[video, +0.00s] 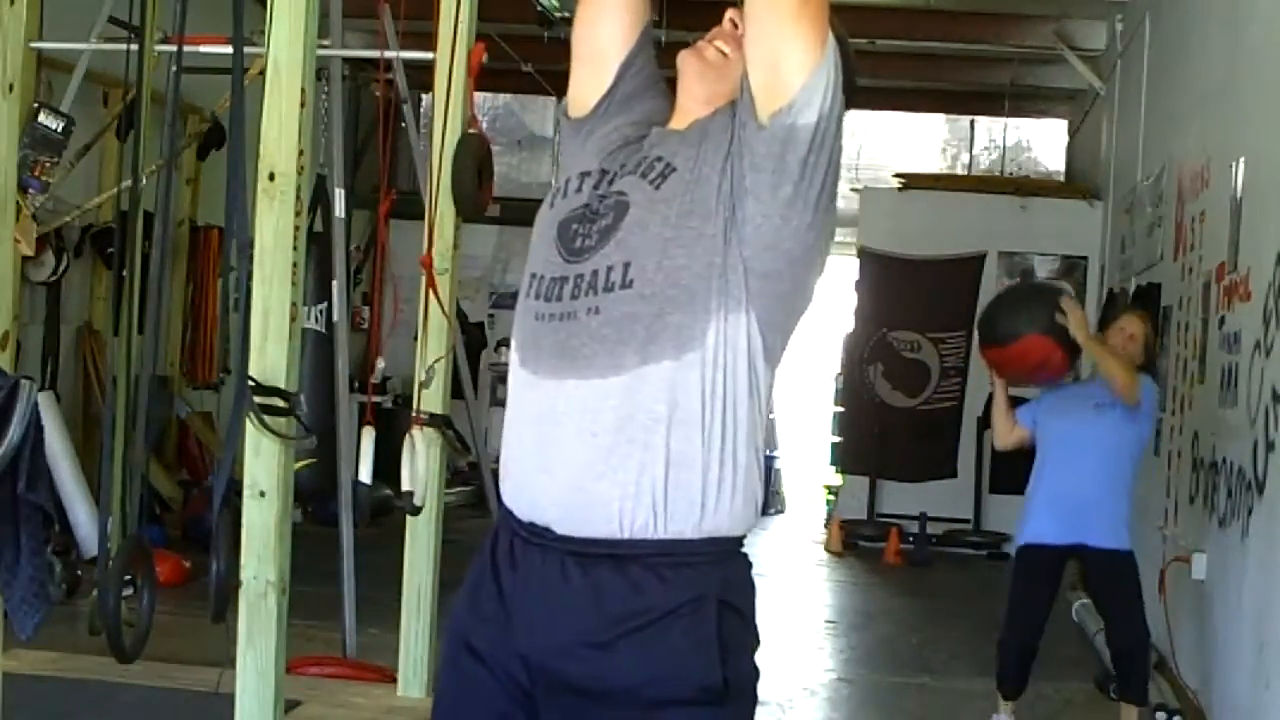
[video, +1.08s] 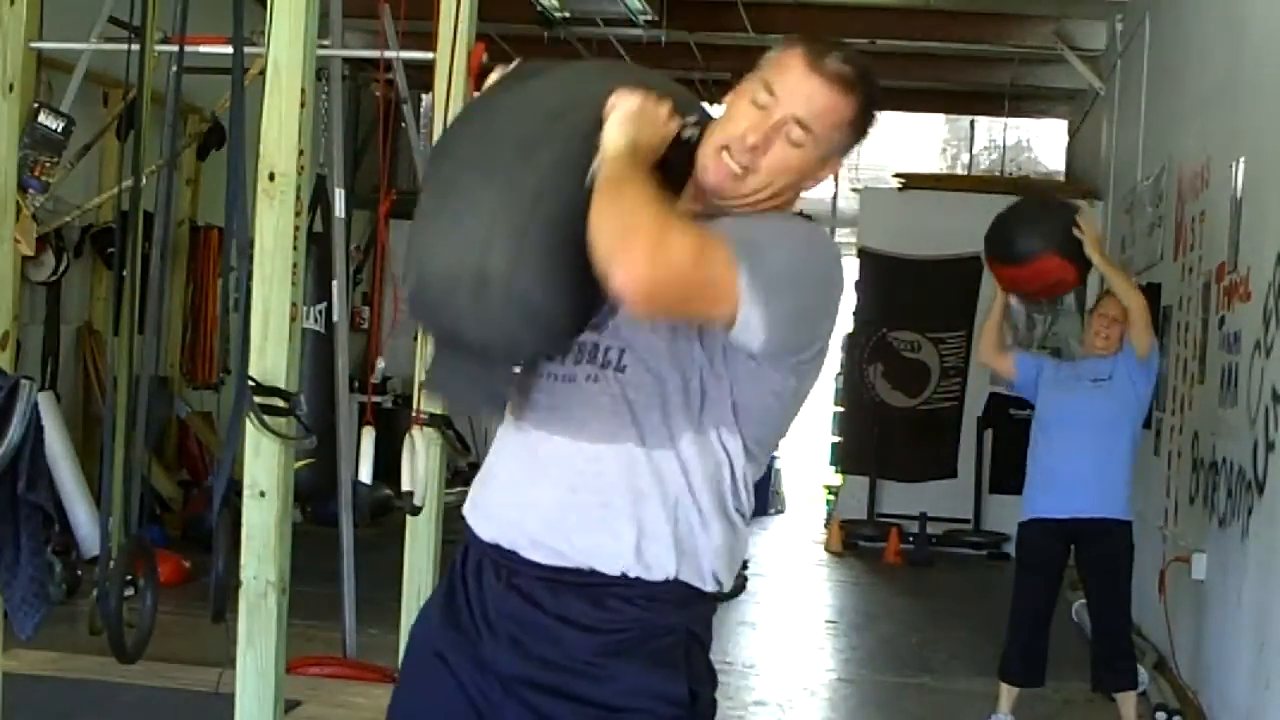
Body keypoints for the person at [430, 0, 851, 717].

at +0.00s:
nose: (728, 24)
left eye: (757, 28)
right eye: (728, 13)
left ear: (774, 77)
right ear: (699, 36)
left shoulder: (775, 161)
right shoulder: (606, 133)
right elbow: (605, 2)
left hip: (667, 601)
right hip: (510, 577)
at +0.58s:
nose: (770, 40)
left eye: (820, 51)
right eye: (799, 32)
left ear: (836, 112)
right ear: (753, 42)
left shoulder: (800, 178)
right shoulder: (615, 136)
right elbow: (510, 12)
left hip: (661, 609)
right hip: (507, 577)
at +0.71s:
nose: (806, 58)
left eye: (833, 64)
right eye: (816, 41)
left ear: (853, 130)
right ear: (767, 45)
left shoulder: (811, 194)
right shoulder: (614, 154)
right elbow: (473, 75)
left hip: (657, 612)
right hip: (504, 577)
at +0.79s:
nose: (795, 73)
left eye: (829, 88)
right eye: (806, 52)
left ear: (854, 156)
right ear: (785, 42)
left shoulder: (816, 215)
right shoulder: (611, 180)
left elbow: (729, 29)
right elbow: (454, 152)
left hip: (646, 624)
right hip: (496, 585)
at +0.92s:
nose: (779, 103)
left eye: (817, 116)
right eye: (792, 75)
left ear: (844, 169)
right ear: (773, 65)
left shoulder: (818, 237)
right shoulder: (629, 191)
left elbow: (686, 115)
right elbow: (487, 229)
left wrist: (683, 32)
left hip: (637, 633)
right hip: (490, 590)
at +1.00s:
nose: (762, 128)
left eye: (804, 132)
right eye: (773, 95)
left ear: (829, 178)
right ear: (752, 83)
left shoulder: (808, 258)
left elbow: (656, 210)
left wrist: (648, 107)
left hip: (630, 637)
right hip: (481, 597)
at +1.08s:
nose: (754, 137)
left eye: (795, 135)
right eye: (761, 100)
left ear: (822, 174)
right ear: (733, 90)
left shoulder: (802, 260)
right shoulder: (619, 200)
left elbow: (644, 270)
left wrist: (627, 147)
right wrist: (503, 125)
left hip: (628, 639)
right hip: (476, 601)